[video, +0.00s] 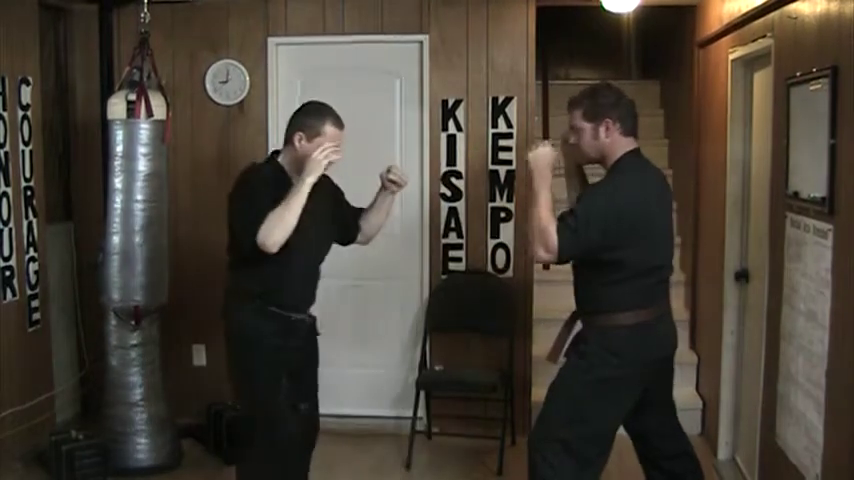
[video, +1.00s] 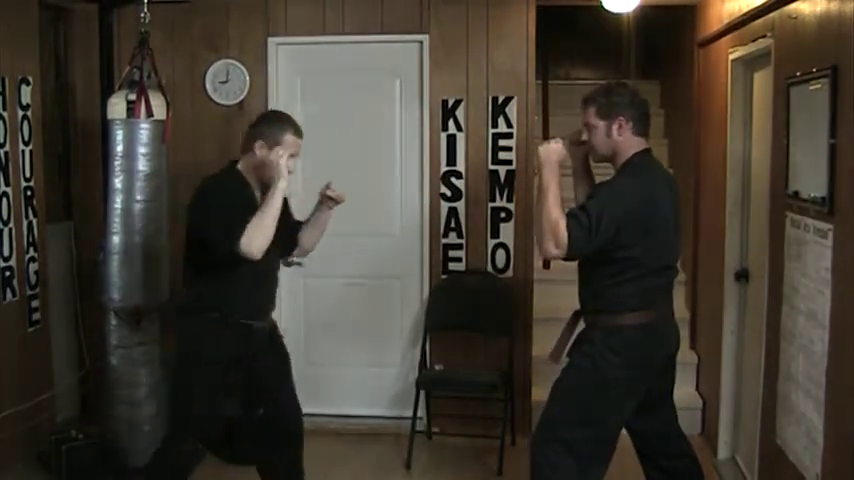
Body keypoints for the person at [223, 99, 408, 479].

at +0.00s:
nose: (332, 156)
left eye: (336, 148)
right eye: (327, 146)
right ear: (299, 140)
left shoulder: (321, 188)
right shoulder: (255, 180)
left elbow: (361, 232)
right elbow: (269, 240)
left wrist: (386, 193)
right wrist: (306, 179)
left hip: (299, 326)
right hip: (255, 325)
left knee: (302, 429)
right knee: (269, 430)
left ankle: (292, 477)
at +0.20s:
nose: (307, 161)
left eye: (310, 153)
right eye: (301, 151)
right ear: (273, 144)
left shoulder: (294, 191)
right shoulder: (231, 185)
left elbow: (331, 234)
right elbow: (249, 241)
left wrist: (354, 195)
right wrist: (291, 183)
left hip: (275, 327)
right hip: (228, 328)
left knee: (291, 430)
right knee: (221, 432)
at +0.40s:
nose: (270, 167)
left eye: (273, 159)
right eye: (265, 157)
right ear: (237, 151)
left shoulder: (252, 197)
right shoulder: (196, 194)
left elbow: (292, 244)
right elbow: (224, 249)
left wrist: (314, 202)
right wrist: (262, 191)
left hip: (242, 339)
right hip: (193, 337)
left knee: (283, 430)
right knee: (164, 439)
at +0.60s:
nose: (242, 172)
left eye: (246, 164)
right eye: (237, 162)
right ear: (207, 154)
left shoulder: (232, 201)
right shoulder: (167, 196)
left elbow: (260, 255)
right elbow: (201, 251)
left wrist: (289, 222)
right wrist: (263, 214)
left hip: (221, 340)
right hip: (172, 339)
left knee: (263, 433)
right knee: (150, 443)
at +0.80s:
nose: (252, 172)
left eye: (255, 163)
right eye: (246, 162)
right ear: (217, 153)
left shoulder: (236, 200)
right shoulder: (178, 194)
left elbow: (266, 252)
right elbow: (221, 246)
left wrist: (295, 214)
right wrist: (272, 199)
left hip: (225, 340)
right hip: (178, 340)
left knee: (265, 424)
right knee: (154, 438)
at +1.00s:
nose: (291, 167)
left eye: (294, 158)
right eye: (288, 156)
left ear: (267, 153)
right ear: (259, 149)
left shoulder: (266, 194)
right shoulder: (217, 190)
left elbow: (295, 247)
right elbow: (252, 247)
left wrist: (323, 211)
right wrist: (278, 188)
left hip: (259, 334)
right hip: (212, 334)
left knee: (283, 434)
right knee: (190, 437)